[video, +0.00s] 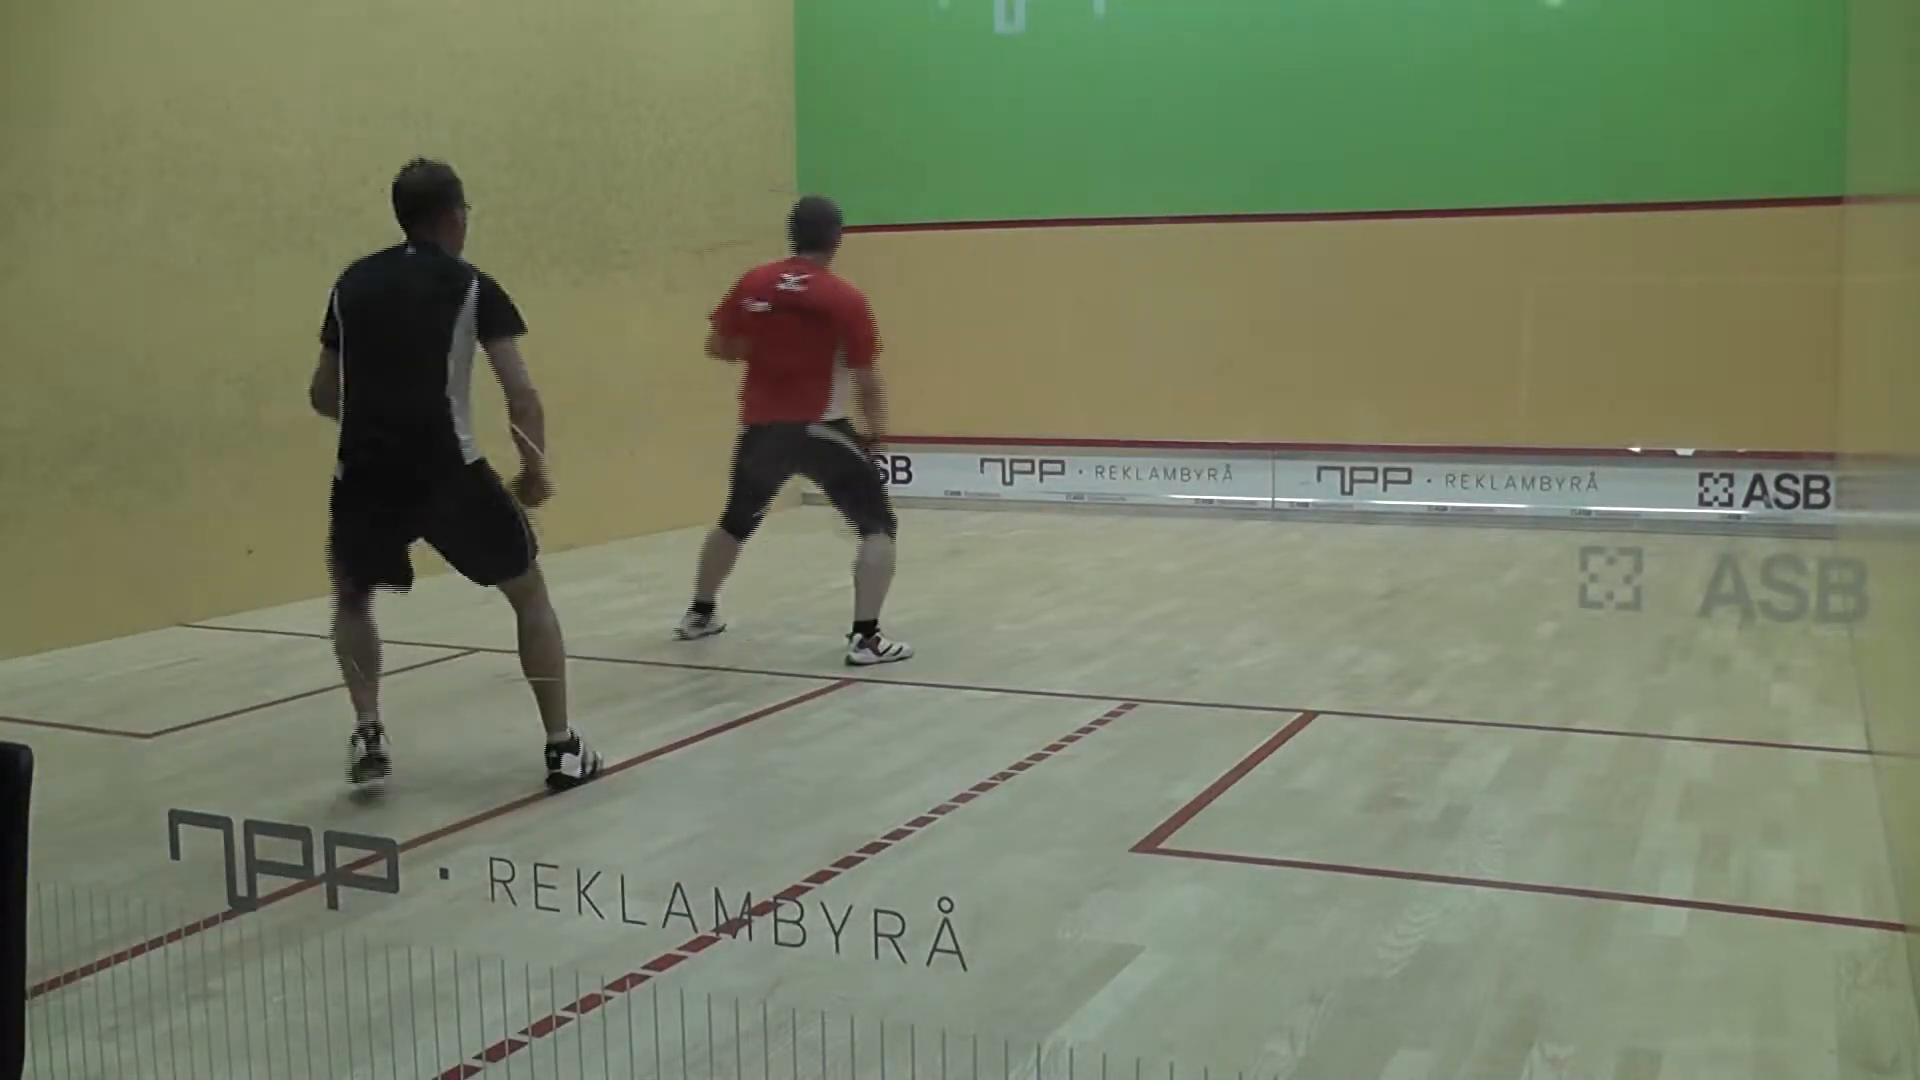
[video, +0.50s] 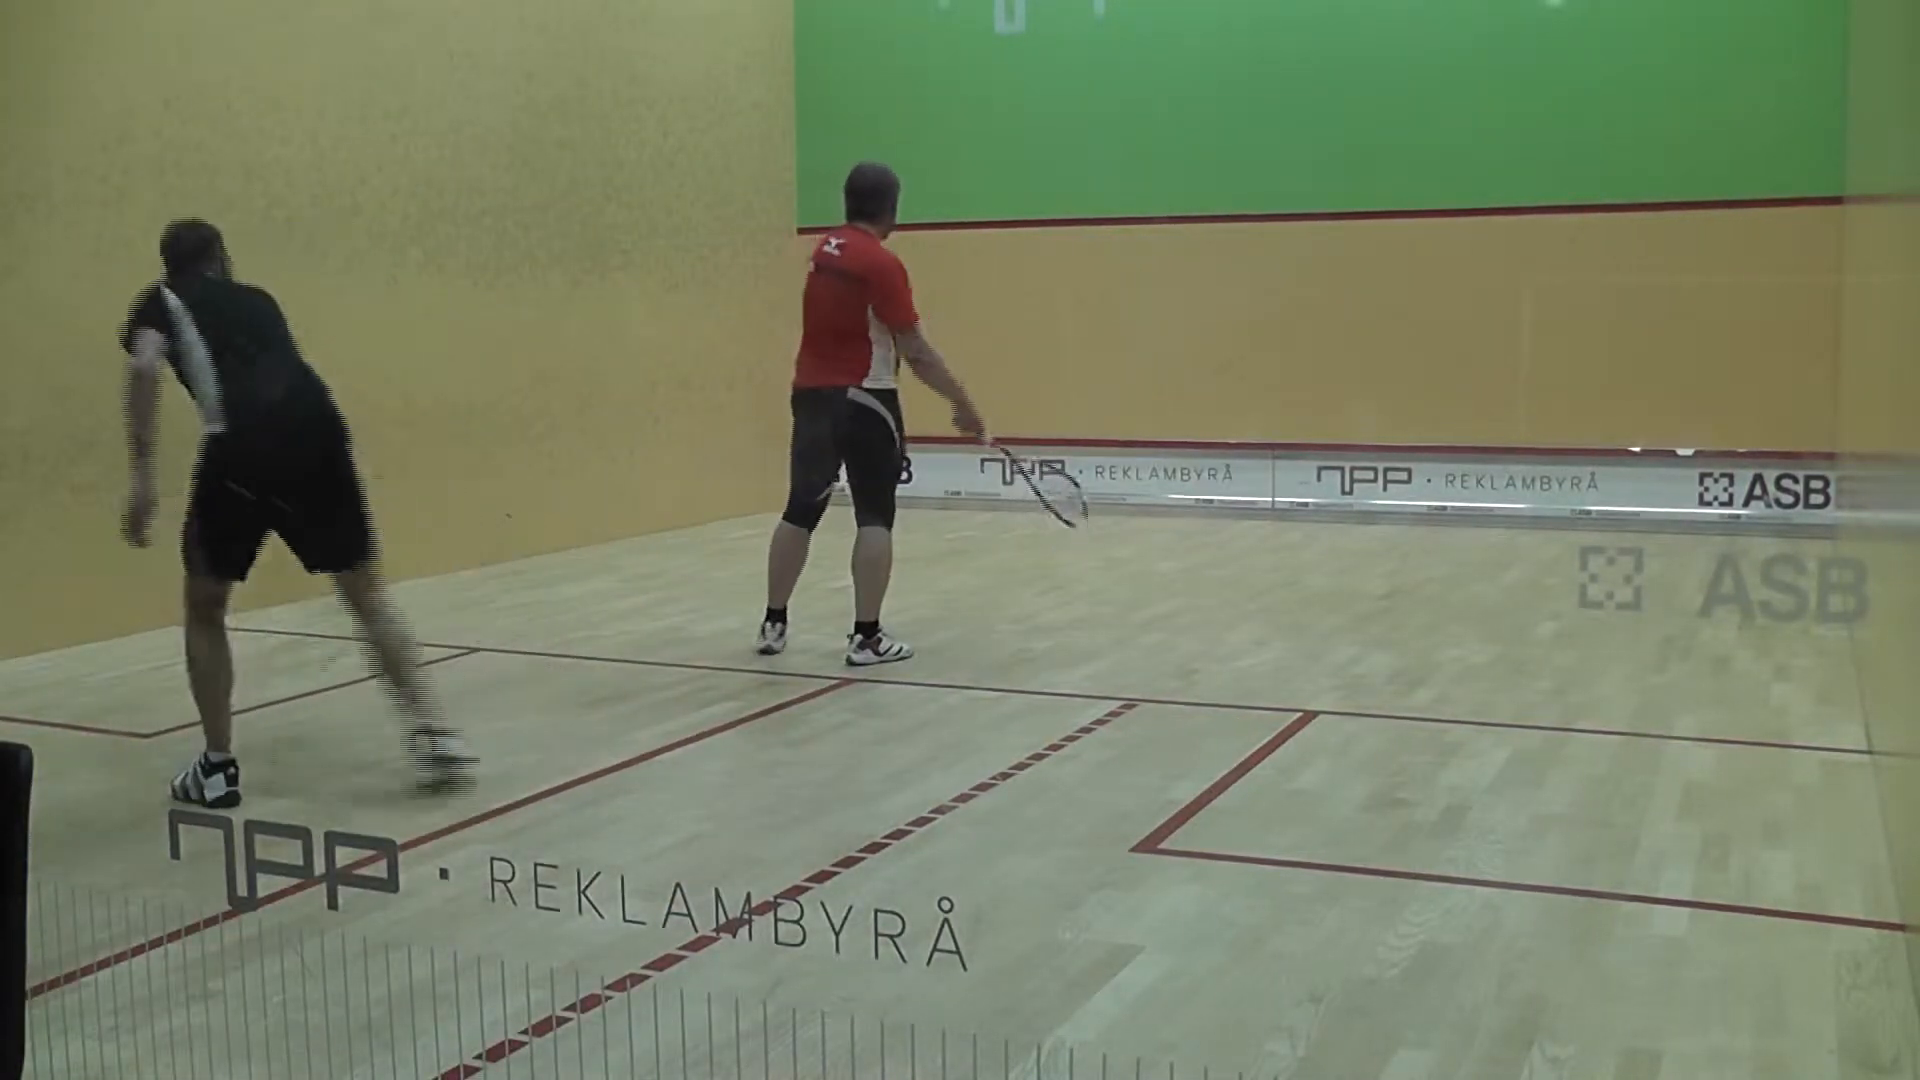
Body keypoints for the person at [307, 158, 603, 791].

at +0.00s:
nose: (467, 221)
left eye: (463, 212)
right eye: (464, 212)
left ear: (402, 221)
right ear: (453, 217)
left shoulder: (353, 282)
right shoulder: (473, 288)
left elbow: (324, 394)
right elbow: (520, 394)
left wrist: (377, 414)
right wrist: (534, 468)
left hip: (367, 480)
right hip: (450, 476)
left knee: (352, 597)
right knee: (530, 598)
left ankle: (368, 734)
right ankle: (562, 745)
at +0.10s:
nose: (443, 237)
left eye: (438, 228)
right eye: (442, 229)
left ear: (381, 235)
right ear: (437, 234)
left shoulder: (338, 298)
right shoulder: (465, 309)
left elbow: (301, 404)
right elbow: (508, 426)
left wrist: (349, 428)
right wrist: (471, 474)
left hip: (354, 494)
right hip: (439, 492)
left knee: (317, 596)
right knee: (531, 592)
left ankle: (325, 716)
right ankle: (563, 746)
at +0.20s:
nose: (398, 254)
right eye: (401, 244)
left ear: (346, 249)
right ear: (401, 249)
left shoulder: (313, 310)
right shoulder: (437, 319)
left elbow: (272, 407)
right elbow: (465, 433)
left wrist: (318, 453)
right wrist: (419, 452)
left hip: (338, 497)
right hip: (425, 494)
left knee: (279, 607)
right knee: (518, 599)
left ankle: (268, 750)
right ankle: (563, 747)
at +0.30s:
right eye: (314, 267)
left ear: (267, 272)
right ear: (320, 271)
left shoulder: (250, 321)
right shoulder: (351, 323)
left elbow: (227, 402)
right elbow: (372, 408)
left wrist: (244, 484)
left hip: (292, 491)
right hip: (376, 484)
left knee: (232, 612)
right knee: (467, 609)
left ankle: (220, 766)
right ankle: (552, 746)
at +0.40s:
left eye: (215, 272)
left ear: (213, 277)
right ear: (263, 277)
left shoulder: (204, 318)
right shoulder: (294, 320)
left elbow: (189, 395)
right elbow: (321, 401)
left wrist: (196, 486)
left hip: (273, 470)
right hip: (350, 465)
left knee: (212, 607)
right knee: (431, 609)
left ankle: (217, 767)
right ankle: (526, 741)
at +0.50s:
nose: (228, 268)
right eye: (225, 259)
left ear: (169, 267)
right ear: (221, 259)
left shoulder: (162, 301)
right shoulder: (256, 298)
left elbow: (144, 371)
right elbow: (285, 379)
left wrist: (141, 484)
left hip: (237, 459)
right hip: (316, 449)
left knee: (205, 610)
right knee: (366, 594)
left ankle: (217, 764)